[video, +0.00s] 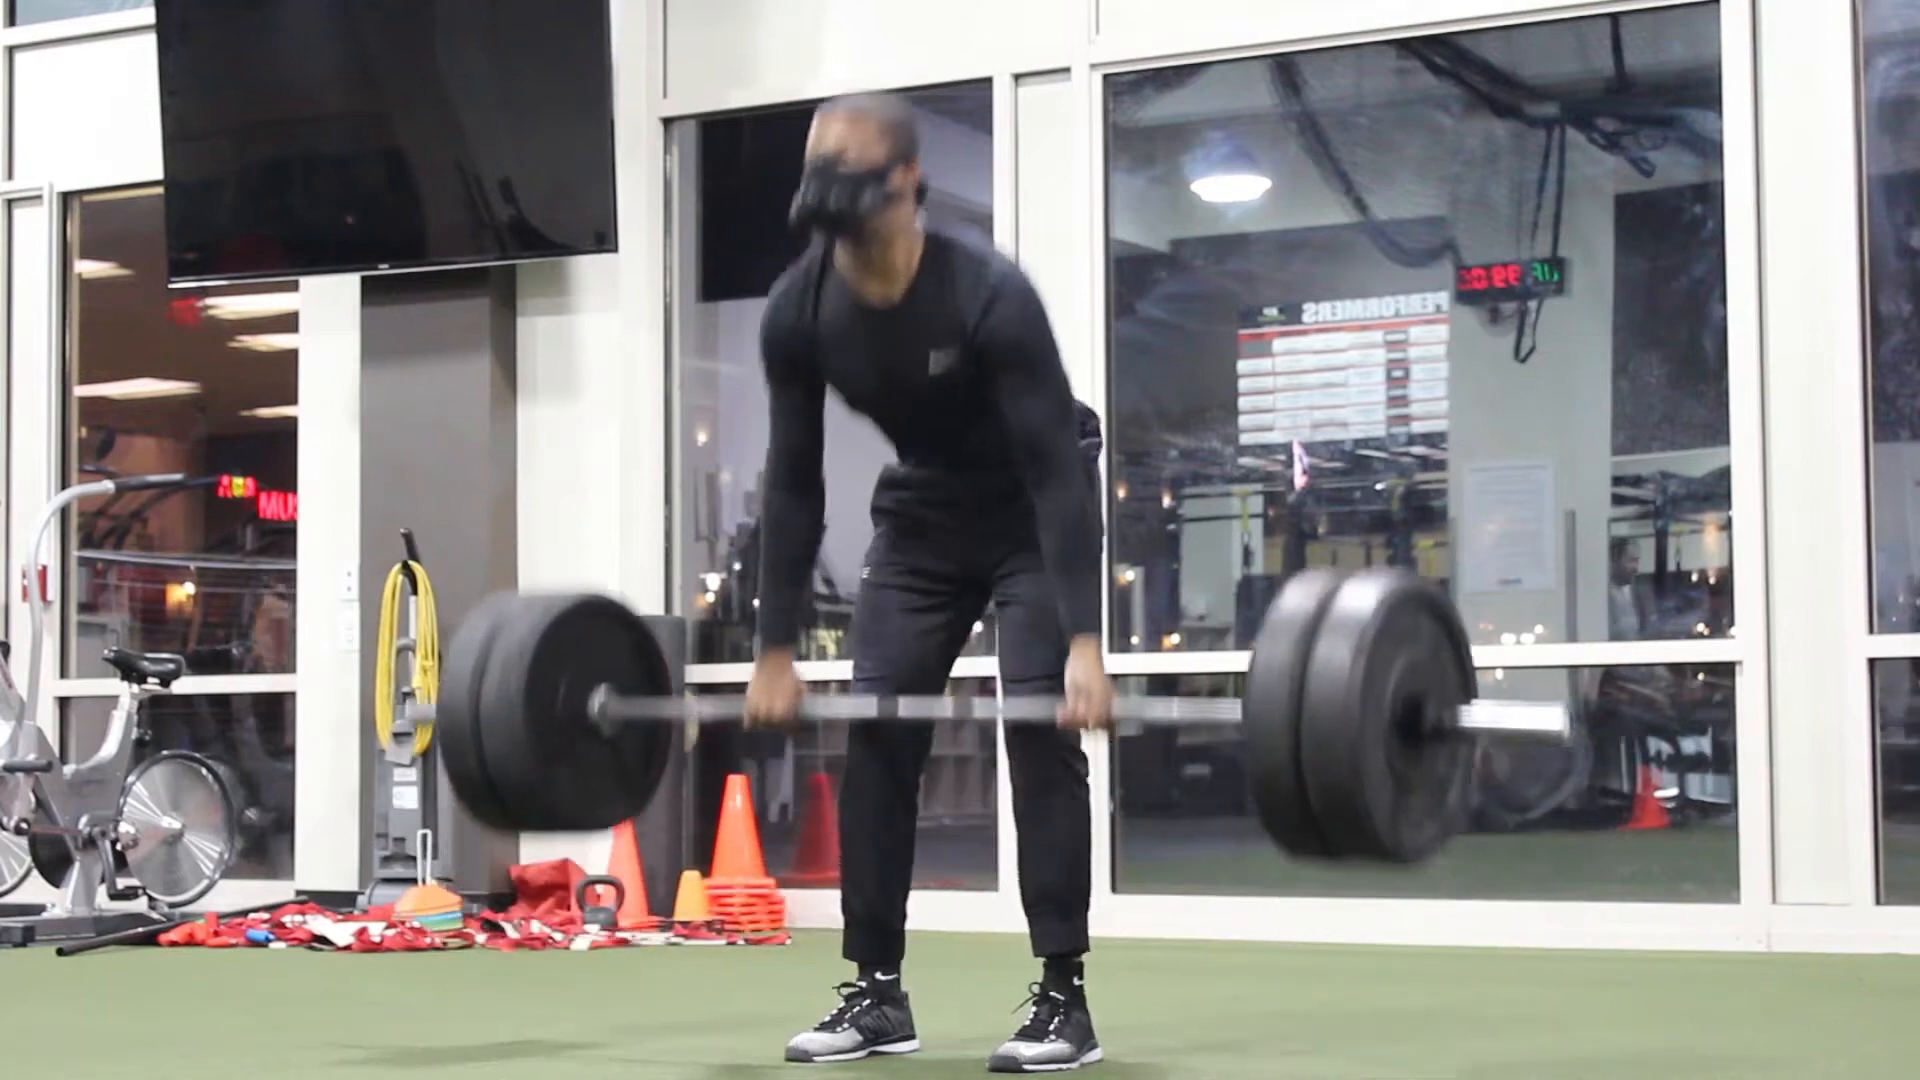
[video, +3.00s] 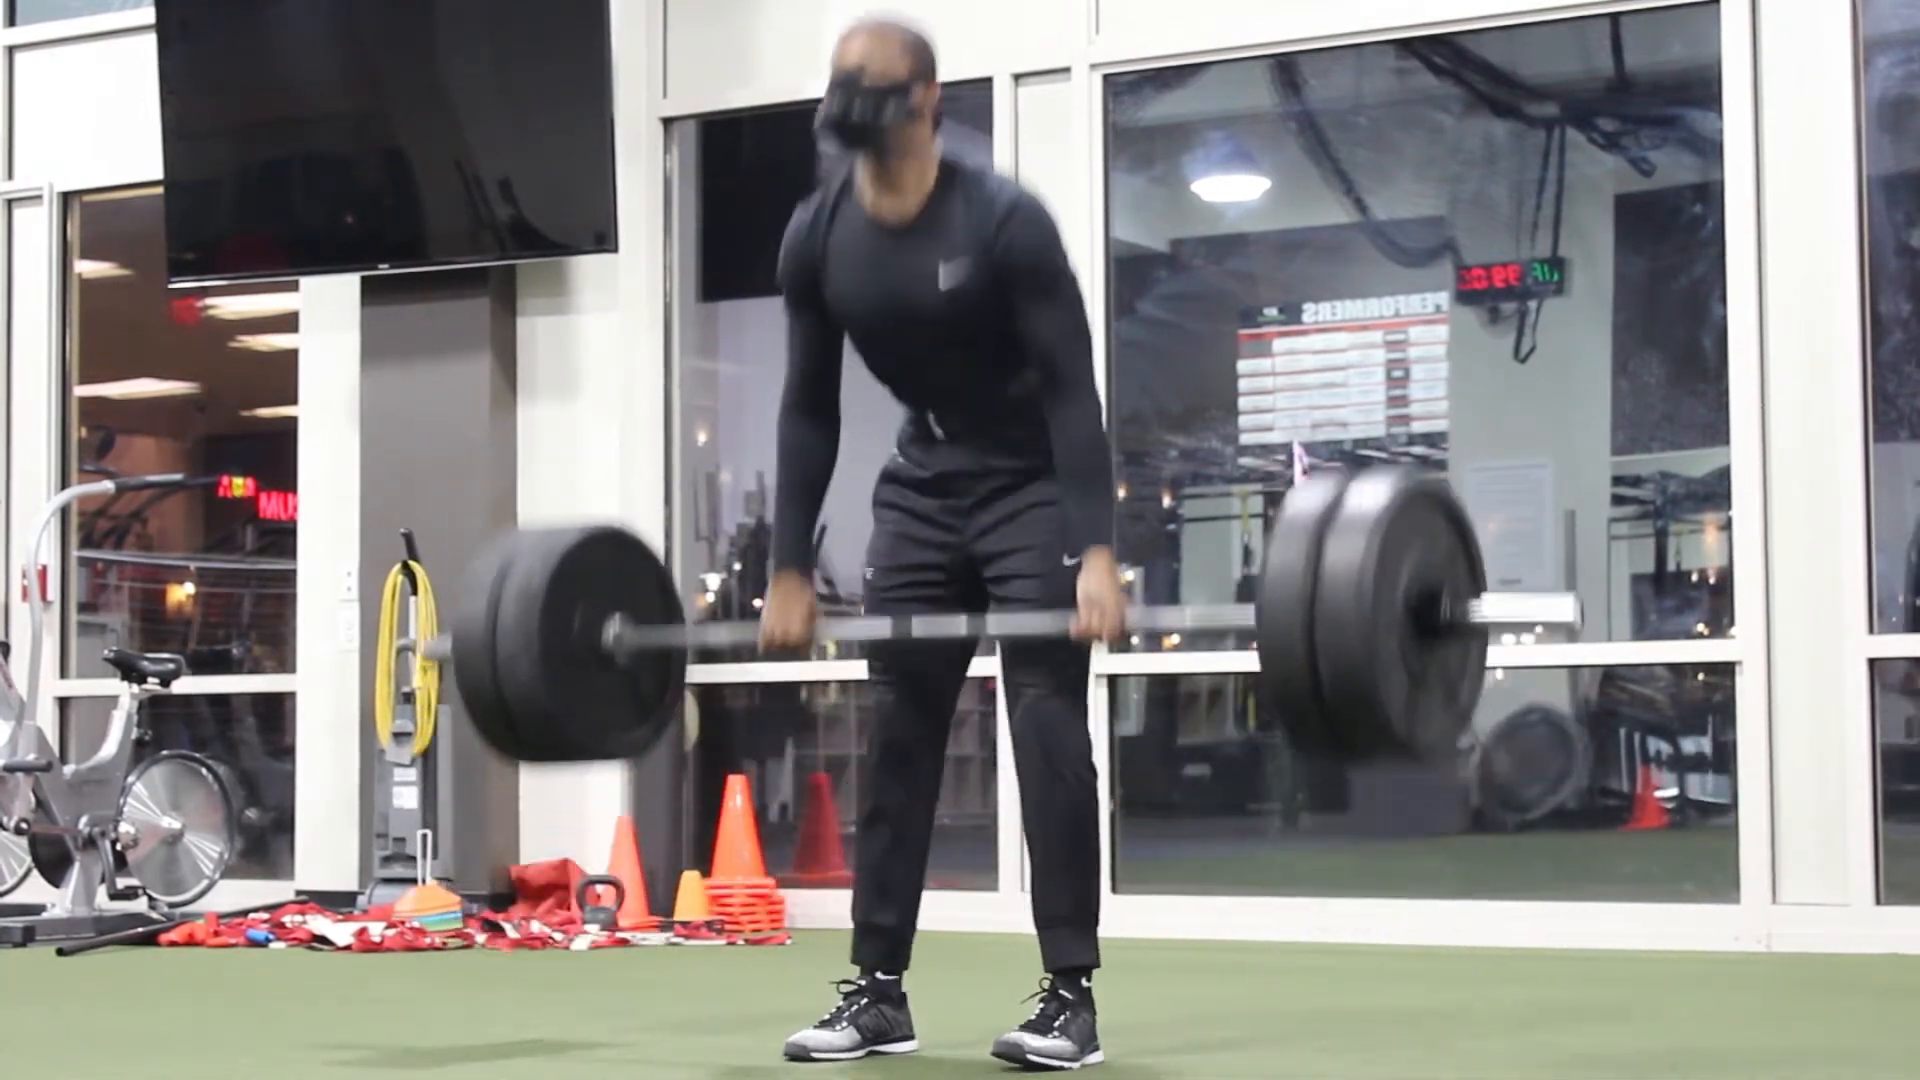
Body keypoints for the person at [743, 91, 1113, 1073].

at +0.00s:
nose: (822, 192)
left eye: (845, 175)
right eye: (813, 174)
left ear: (907, 179)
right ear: (804, 178)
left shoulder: (990, 294)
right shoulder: (798, 311)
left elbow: (1057, 464)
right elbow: (792, 478)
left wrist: (1084, 642)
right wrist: (777, 645)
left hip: (1040, 502)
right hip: (923, 506)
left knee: (1038, 726)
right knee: (878, 724)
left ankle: (1061, 999)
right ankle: (877, 993)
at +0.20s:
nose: (873, 30)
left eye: (896, 17)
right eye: (862, 18)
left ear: (946, 46)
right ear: (846, 51)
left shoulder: (1011, 181)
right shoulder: (820, 193)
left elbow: (1060, 359)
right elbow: (807, 367)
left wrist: (1085, 520)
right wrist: (781, 525)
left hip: (1016, 467)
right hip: (898, 465)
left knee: (1031, 734)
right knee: (885, 734)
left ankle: (1062, 997)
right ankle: (879, 993)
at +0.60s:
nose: (850, 145)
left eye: (871, 129)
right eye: (840, 127)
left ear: (927, 133)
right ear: (829, 134)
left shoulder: (1002, 261)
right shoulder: (813, 273)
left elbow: (1050, 448)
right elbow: (793, 448)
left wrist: (1071, 621)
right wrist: (766, 618)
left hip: (1040, 496)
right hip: (926, 504)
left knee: (1044, 717)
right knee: (877, 716)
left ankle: (1064, 998)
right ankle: (874, 994)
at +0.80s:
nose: (814, 291)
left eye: (838, 274)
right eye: (806, 273)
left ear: (899, 285)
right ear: (793, 279)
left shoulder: (987, 390)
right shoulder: (797, 417)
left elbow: (1050, 581)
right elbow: (783, 589)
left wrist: (1070, 762)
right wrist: (756, 763)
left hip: (1052, 533)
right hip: (936, 548)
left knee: (1031, 729)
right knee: (841, 729)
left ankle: (1062, 1000)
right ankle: (873, 996)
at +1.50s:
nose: (835, 149)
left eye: (857, 132)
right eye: (827, 131)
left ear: (918, 141)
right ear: (820, 143)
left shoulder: (999, 262)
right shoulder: (805, 276)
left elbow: (1063, 432)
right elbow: (795, 443)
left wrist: (1086, 603)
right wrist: (780, 608)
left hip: (1035, 502)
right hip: (919, 505)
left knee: (1038, 711)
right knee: (889, 711)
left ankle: (1063, 994)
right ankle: (876, 990)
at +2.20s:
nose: (831, 249)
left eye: (854, 234)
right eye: (825, 232)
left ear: (917, 246)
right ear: (814, 241)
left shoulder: (1004, 358)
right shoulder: (814, 380)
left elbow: (1062, 541)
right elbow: (798, 560)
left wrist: (1084, 713)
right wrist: (774, 725)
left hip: (1051, 538)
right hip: (940, 546)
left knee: (1052, 737)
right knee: (855, 727)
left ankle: (1064, 1001)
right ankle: (872, 994)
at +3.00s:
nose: (856, 108)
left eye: (877, 90)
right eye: (844, 91)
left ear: (931, 98)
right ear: (832, 103)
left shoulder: (1007, 220)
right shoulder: (816, 240)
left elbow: (1073, 387)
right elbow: (808, 408)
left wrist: (1098, 548)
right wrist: (790, 566)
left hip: (1035, 482)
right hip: (921, 483)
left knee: (1046, 727)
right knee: (900, 731)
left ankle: (1070, 996)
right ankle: (878, 991)